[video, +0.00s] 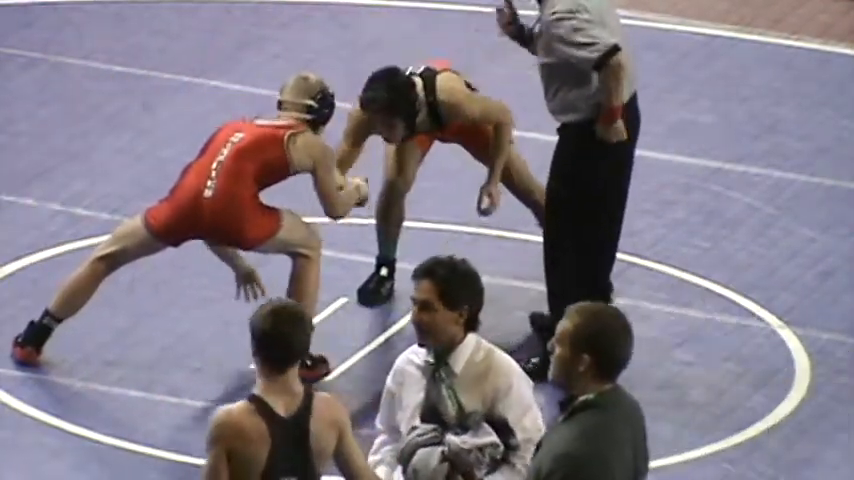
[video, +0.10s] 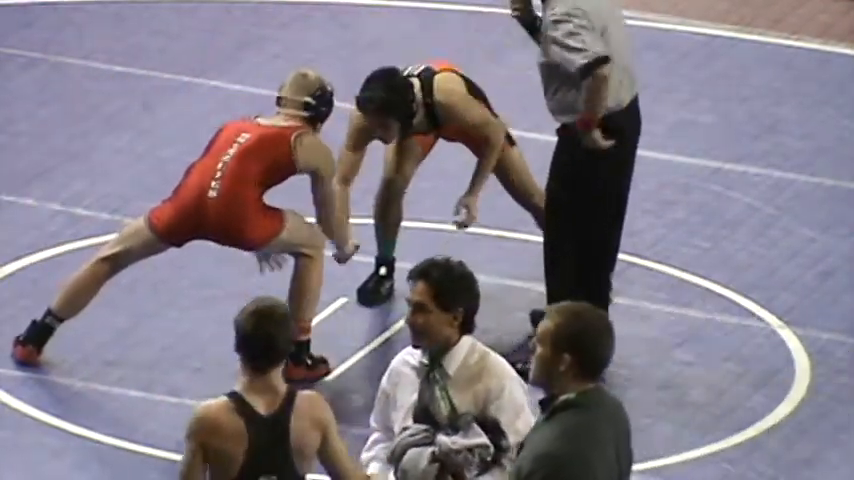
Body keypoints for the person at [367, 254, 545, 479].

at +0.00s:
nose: (415, 318)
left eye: (426, 309)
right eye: (414, 306)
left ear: (461, 315)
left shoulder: (503, 373)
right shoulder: (407, 364)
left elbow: (527, 452)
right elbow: (388, 436)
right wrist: (383, 473)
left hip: (476, 473)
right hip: (412, 472)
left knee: (427, 460)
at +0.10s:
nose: (409, 319)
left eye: (421, 310)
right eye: (409, 308)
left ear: (456, 318)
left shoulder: (497, 376)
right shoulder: (402, 365)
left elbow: (524, 453)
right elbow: (381, 434)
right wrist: (380, 471)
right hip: (405, 472)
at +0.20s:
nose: (402, 319)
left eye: (414, 311)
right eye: (404, 308)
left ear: (448, 320)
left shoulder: (490, 377)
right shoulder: (397, 365)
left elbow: (508, 457)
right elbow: (374, 435)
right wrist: (373, 472)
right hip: (396, 473)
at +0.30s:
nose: (394, 317)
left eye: (405, 309)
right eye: (396, 306)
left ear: (440, 319)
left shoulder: (479, 371)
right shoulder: (389, 365)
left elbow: (492, 446)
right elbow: (367, 436)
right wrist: (362, 472)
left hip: (451, 475)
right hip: (390, 473)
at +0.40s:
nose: (384, 317)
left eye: (395, 308)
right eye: (385, 306)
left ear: (429, 318)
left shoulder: (467, 368)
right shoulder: (376, 367)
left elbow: (480, 438)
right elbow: (356, 440)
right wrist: (349, 474)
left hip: (445, 474)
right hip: (382, 473)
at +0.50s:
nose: (368, 318)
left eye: (380, 308)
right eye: (370, 307)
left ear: (415, 317)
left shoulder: (454, 367)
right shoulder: (358, 370)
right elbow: (341, 445)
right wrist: (335, 475)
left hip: (438, 474)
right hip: (371, 472)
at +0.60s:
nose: (353, 318)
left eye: (364, 307)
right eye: (354, 306)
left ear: (399, 315)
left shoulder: (437, 363)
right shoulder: (342, 370)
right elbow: (323, 444)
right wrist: (320, 474)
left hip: (423, 472)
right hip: (358, 472)